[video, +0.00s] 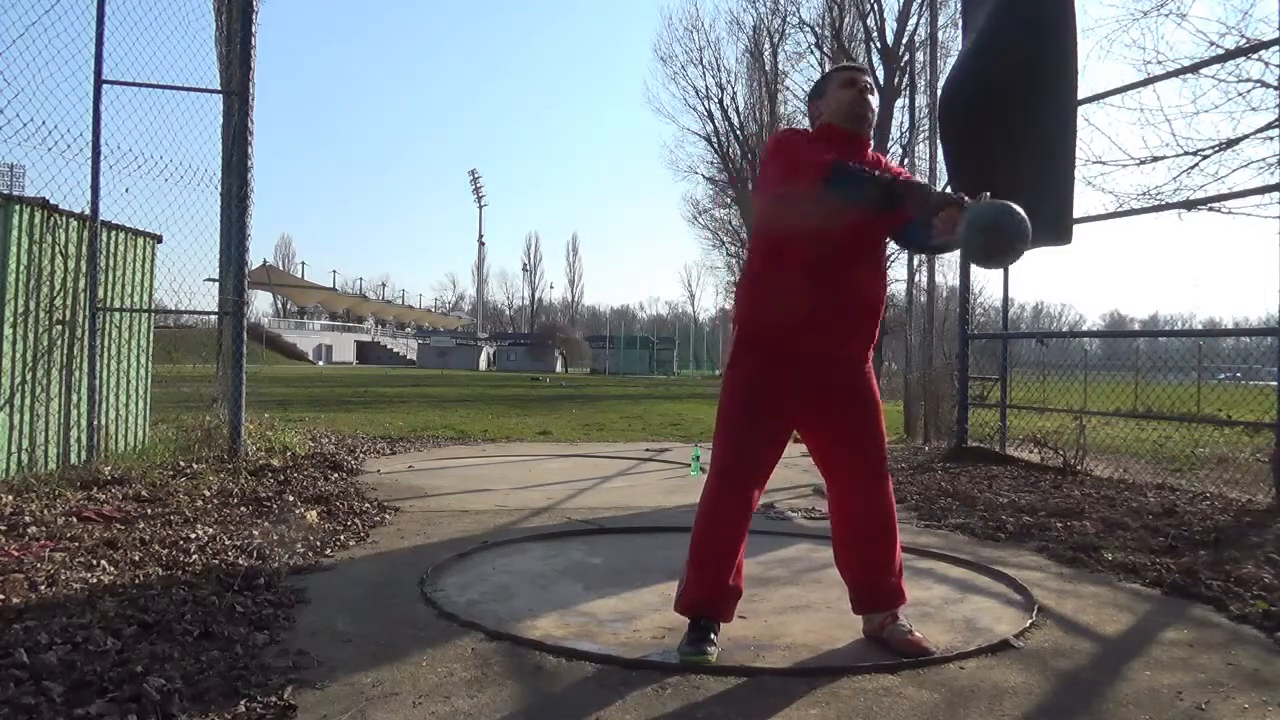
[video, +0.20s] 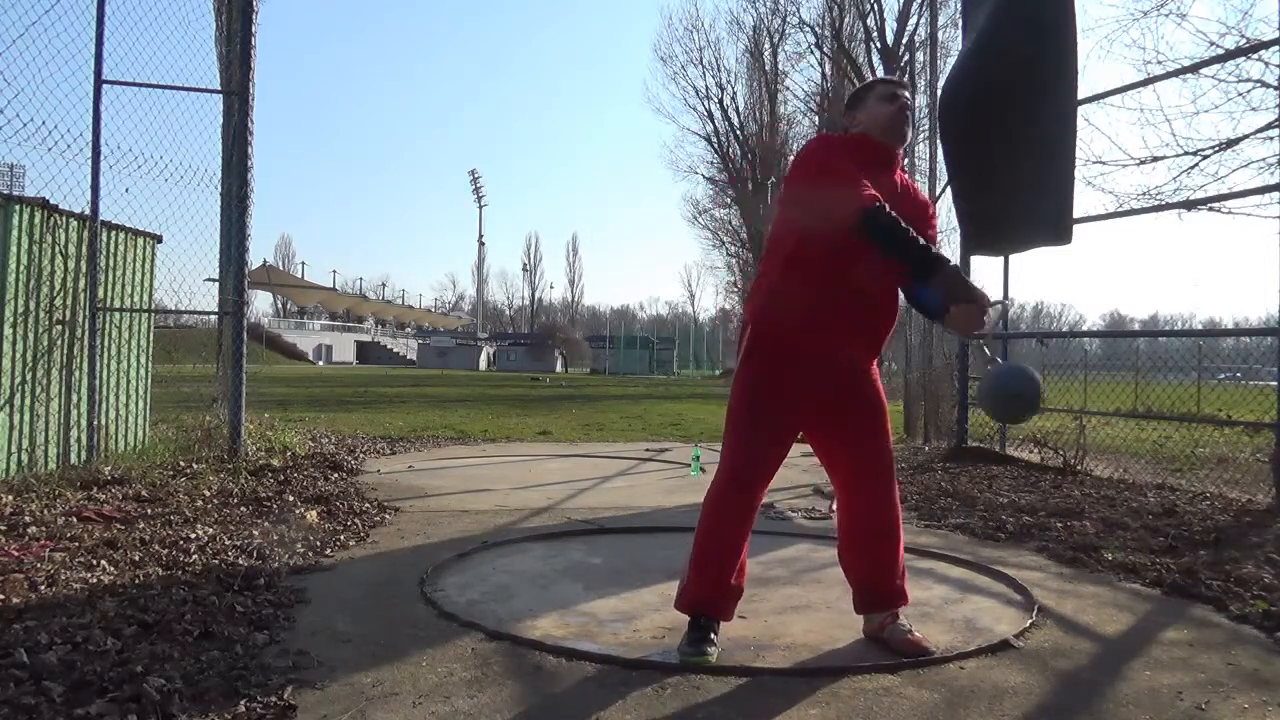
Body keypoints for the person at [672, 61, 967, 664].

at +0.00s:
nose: (865, 92)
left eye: (871, 88)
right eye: (850, 84)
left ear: (876, 110)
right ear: (817, 106)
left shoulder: (886, 172)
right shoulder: (789, 148)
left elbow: (916, 227)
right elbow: (838, 187)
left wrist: (955, 222)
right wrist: (919, 202)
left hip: (844, 357)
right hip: (766, 350)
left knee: (867, 483)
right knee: (733, 482)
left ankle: (882, 617)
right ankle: (703, 620)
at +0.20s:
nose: (904, 109)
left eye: (909, 105)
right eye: (889, 99)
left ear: (909, 128)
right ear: (851, 114)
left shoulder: (914, 202)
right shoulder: (821, 157)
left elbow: (917, 277)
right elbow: (872, 220)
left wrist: (953, 309)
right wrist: (946, 277)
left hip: (851, 361)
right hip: (778, 348)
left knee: (874, 483)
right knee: (741, 479)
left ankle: (882, 617)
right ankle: (703, 619)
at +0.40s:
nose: (941, 120)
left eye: (942, 112)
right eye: (925, 109)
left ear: (933, 131)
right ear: (885, 121)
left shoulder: (917, 209)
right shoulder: (863, 169)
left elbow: (897, 302)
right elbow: (908, 276)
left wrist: (934, 368)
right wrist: (946, 355)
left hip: (853, 361)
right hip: (790, 350)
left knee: (877, 485)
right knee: (756, 481)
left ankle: (882, 618)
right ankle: (699, 612)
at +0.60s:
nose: (964, 121)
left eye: (962, 112)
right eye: (950, 110)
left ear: (906, 124)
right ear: (907, 119)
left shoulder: (868, 172)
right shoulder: (920, 169)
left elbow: (851, 271)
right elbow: (942, 266)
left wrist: (905, 322)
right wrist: (937, 323)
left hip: (857, 350)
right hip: (813, 342)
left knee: (877, 481)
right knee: (781, 490)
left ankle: (882, 616)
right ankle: (700, 604)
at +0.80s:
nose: (952, 113)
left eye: (952, 104)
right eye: (938, 104)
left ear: (900, 121)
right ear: (897, 114)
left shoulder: (872, 163)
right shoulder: (922, 163)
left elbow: (873, 244)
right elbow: (964, 230)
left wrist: (928, 262)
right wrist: (946, 259)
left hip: (854, 352)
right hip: (819, 344)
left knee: (876, 483)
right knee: (789, 491)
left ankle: (882, 617)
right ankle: (700, 599)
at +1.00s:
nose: (918, 107)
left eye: (920, 98)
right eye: (903, 98)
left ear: (917, 110)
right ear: (863, 113)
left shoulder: (856, 170)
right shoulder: (881, 158)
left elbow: (873, 276)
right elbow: (966, 224)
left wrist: (944, 257)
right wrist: (970, 232)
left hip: (842, 360)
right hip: (793, 351)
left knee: (871, 486)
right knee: (774, 496)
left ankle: (881, 618)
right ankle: (703, 606)